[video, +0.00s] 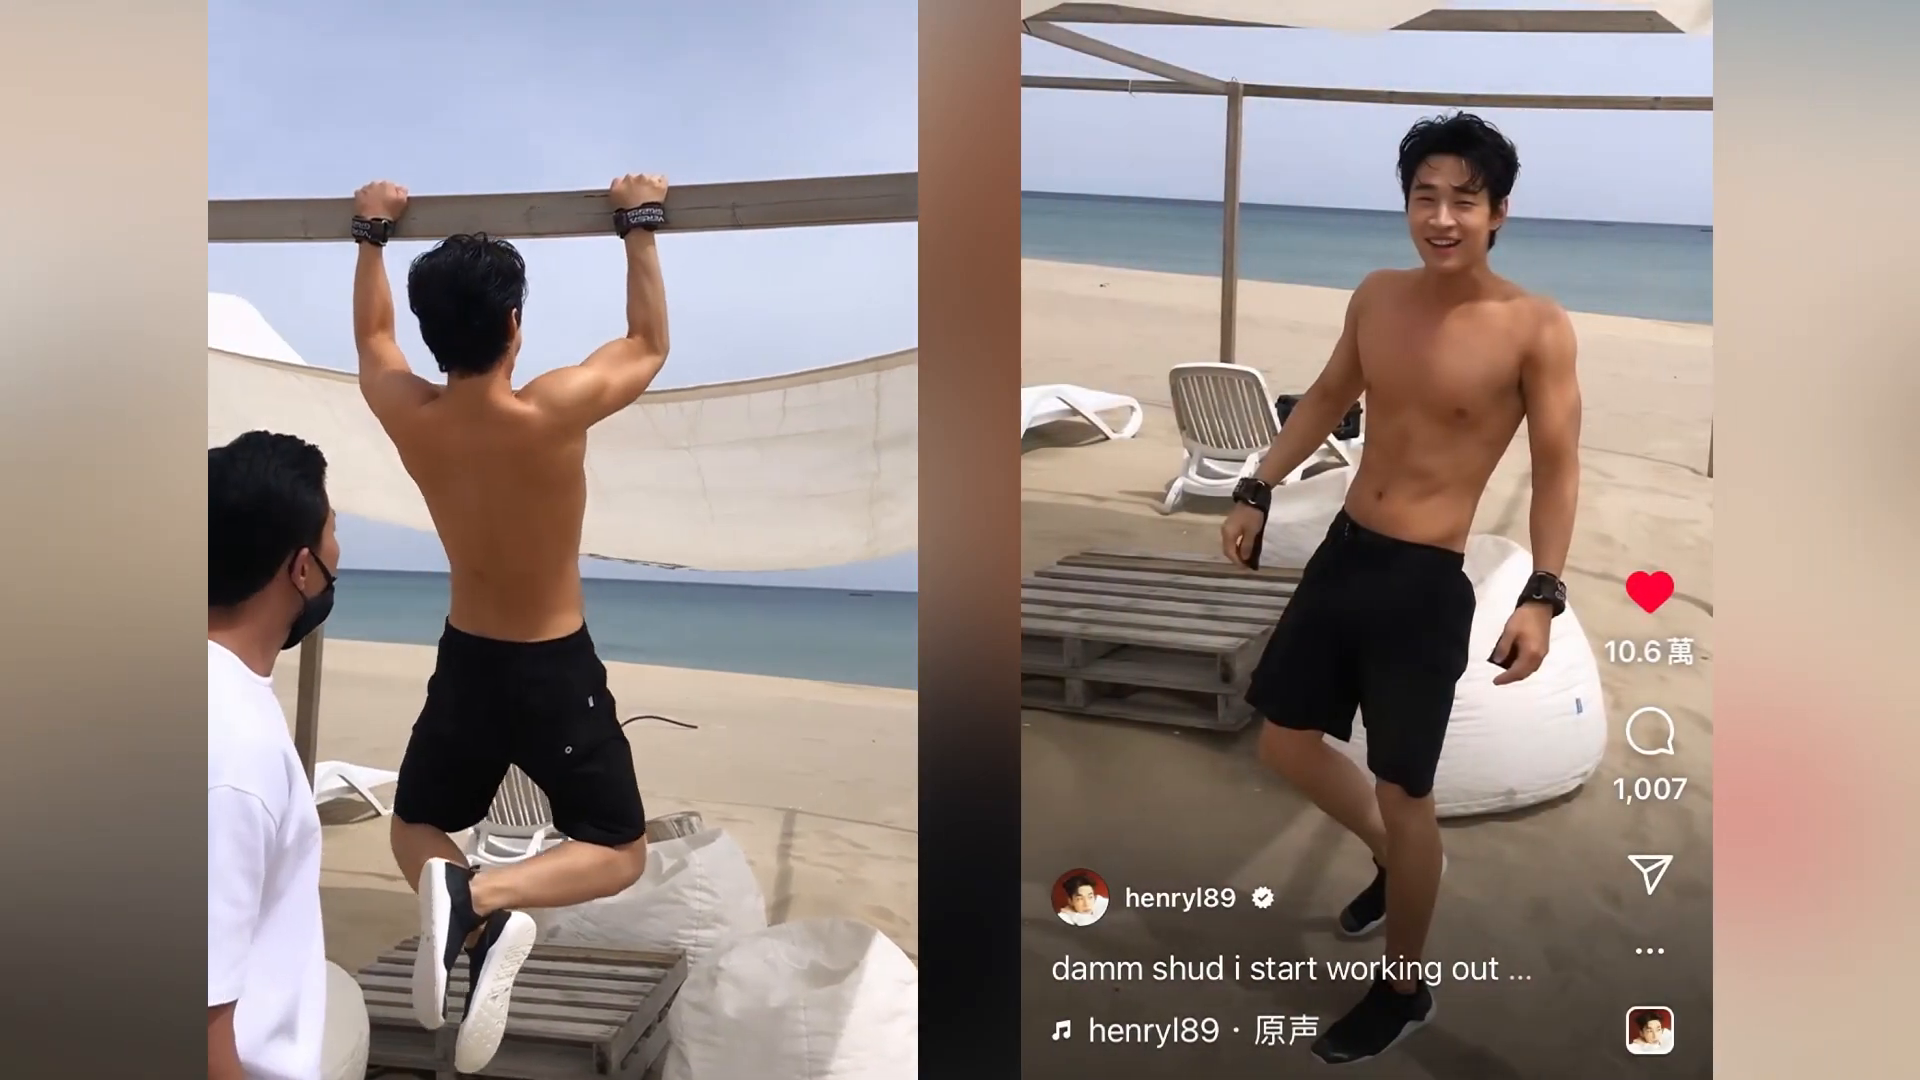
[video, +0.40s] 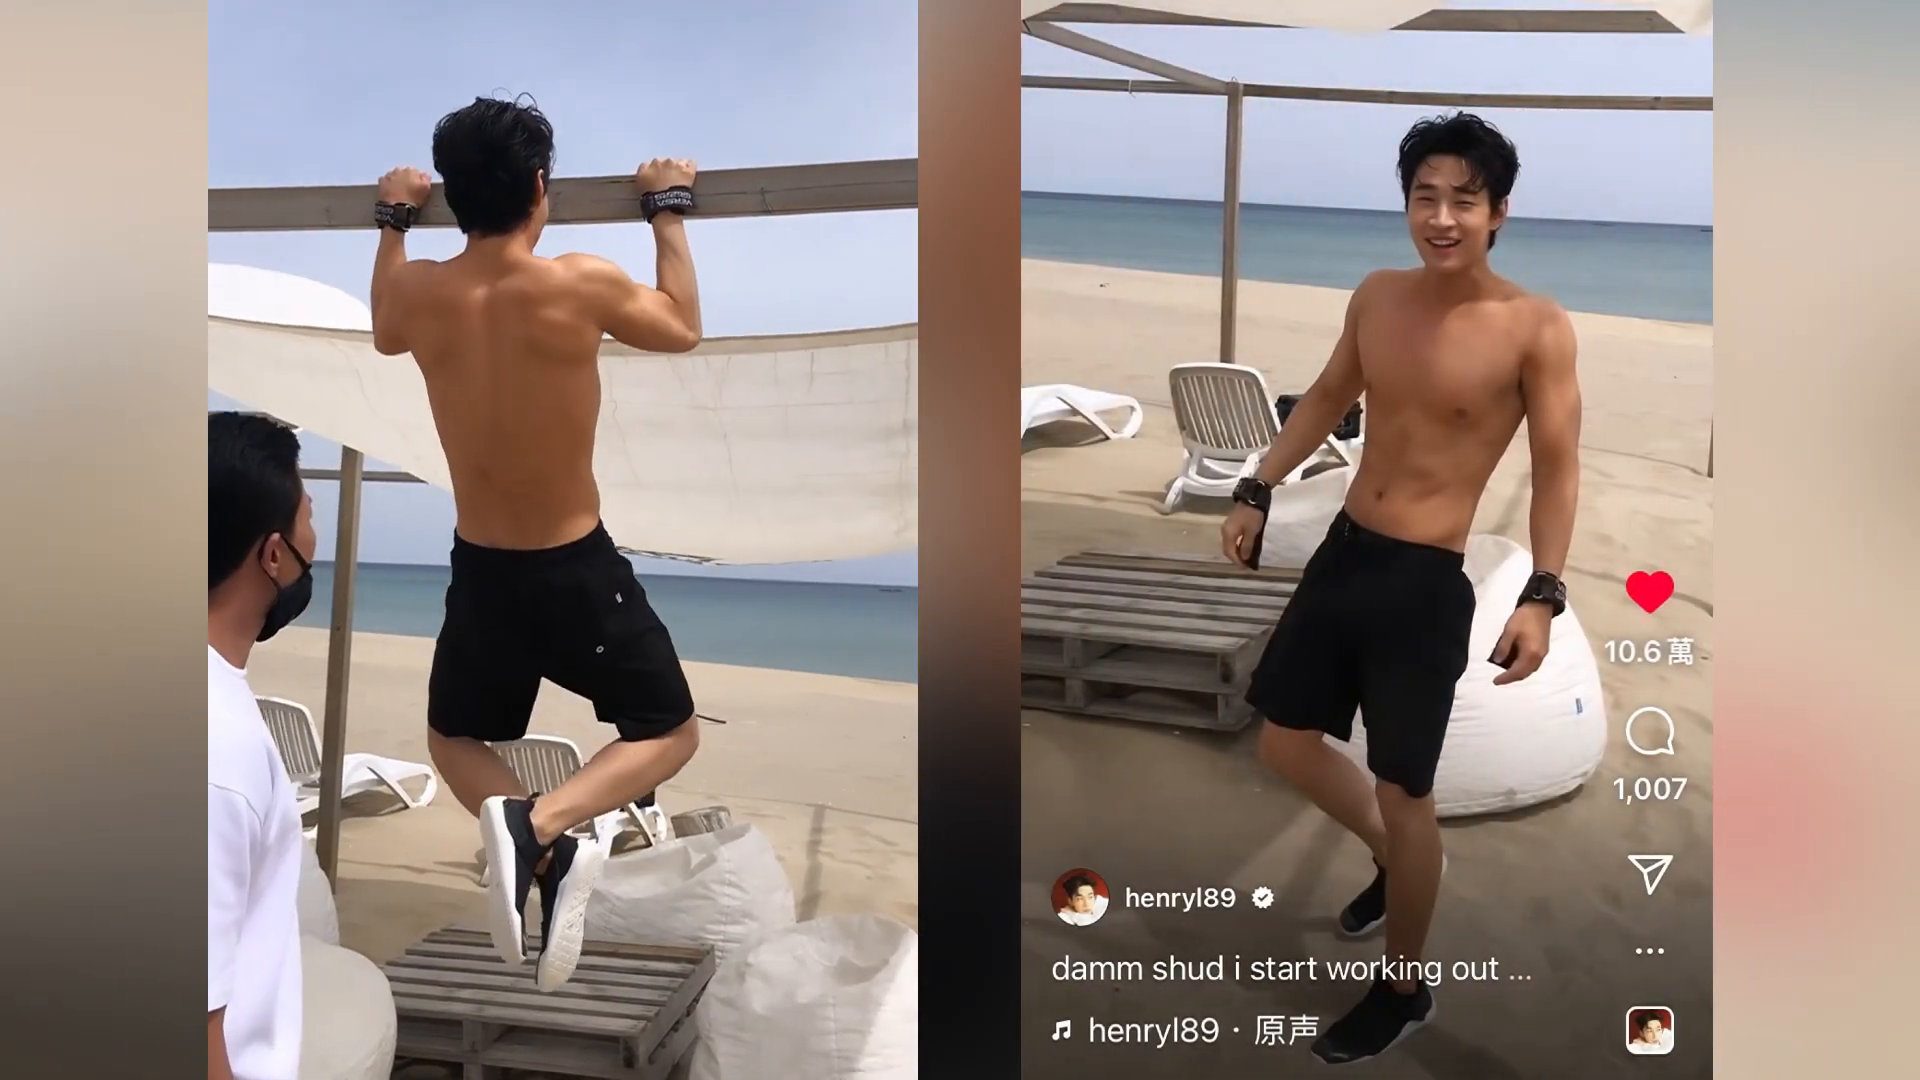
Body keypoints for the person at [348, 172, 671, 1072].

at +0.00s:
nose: (524, 319)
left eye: (514, 306)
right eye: (521, 307)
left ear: (430, 331)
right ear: (512, 325)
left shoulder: (411, 414)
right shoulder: (559, 408)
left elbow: (376, 336)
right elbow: (648, 342)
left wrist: (370, 235)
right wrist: (641, 226)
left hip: (468, 670)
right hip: (558, 673)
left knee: (417, 830)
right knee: (620, 853)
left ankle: (487, 924)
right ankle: (472, 892)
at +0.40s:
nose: (551, 184)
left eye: (545, 173)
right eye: (550, 173)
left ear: (451, 199)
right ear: (539, 187)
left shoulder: (417, 289)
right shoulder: (580, 283)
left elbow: (386, 332)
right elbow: (681, 326)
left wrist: (391, 223)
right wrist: (668, 212)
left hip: (483, 579)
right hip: (578, 573)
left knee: (456, 740)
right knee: (669, 734)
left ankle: (551, 857)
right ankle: (535, 822)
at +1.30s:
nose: (584, 294)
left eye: (572, 280)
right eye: (582, 281)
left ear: (491, 305)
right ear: (573, 298)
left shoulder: (467, 387)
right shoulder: (618, 381)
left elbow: (434, 306)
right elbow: (716, 313)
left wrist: (435, 205)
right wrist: (712, 195)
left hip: (499, 651)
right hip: (593, 660)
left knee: (426, 837)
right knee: (642, 876)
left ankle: (488, 918)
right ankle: (494, 863)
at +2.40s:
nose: (576, 159)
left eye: (571, 147)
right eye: (574, 148)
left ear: (477, 172)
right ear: (564, 163)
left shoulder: (446, 260)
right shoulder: (603, 254)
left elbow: (419, 295)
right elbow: (706, 289)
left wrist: (424, 186)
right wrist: (696, 177)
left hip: (507, 542)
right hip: (600, 543)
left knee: (473, 711)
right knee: (675, 725)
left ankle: (543, 847)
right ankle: (524, 796)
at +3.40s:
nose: (543, 248)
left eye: (532, 234)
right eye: (540, 234)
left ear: (457, 258)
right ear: (530, 246)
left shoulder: (430, 337)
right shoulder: (572, 323)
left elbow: (413, 274)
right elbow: (670, 276)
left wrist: (407, 187)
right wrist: (658, 163)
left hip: (483, 609)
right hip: (573, 608)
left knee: (441, 739)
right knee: (664, 756)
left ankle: (448, 910)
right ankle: (576, 921)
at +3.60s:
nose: (536, 240)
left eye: (526, 230)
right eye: (533, 230)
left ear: (445, 253)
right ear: (526, 240)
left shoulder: (421, 334)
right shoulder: (566, 319)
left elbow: (412, 271)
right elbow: (668, 269)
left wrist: (408, 183)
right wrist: (661, 152)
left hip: (469, 614)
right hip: (569, 611)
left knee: (410, 669)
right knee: (705, 686)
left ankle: (425, 834)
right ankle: (704, 876)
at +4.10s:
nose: (468, 227)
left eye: (431, 229)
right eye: (479, 214)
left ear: (408, 244)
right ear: (486, 226)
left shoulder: (384, 318)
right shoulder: (541, 279)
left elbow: (329, 250)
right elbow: (671, 224)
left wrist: (327, 144)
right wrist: (636, 99)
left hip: (469, 591)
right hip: (571, 579)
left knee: (422, 769)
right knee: (620, 738)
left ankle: (395, 960)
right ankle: (656, 917)